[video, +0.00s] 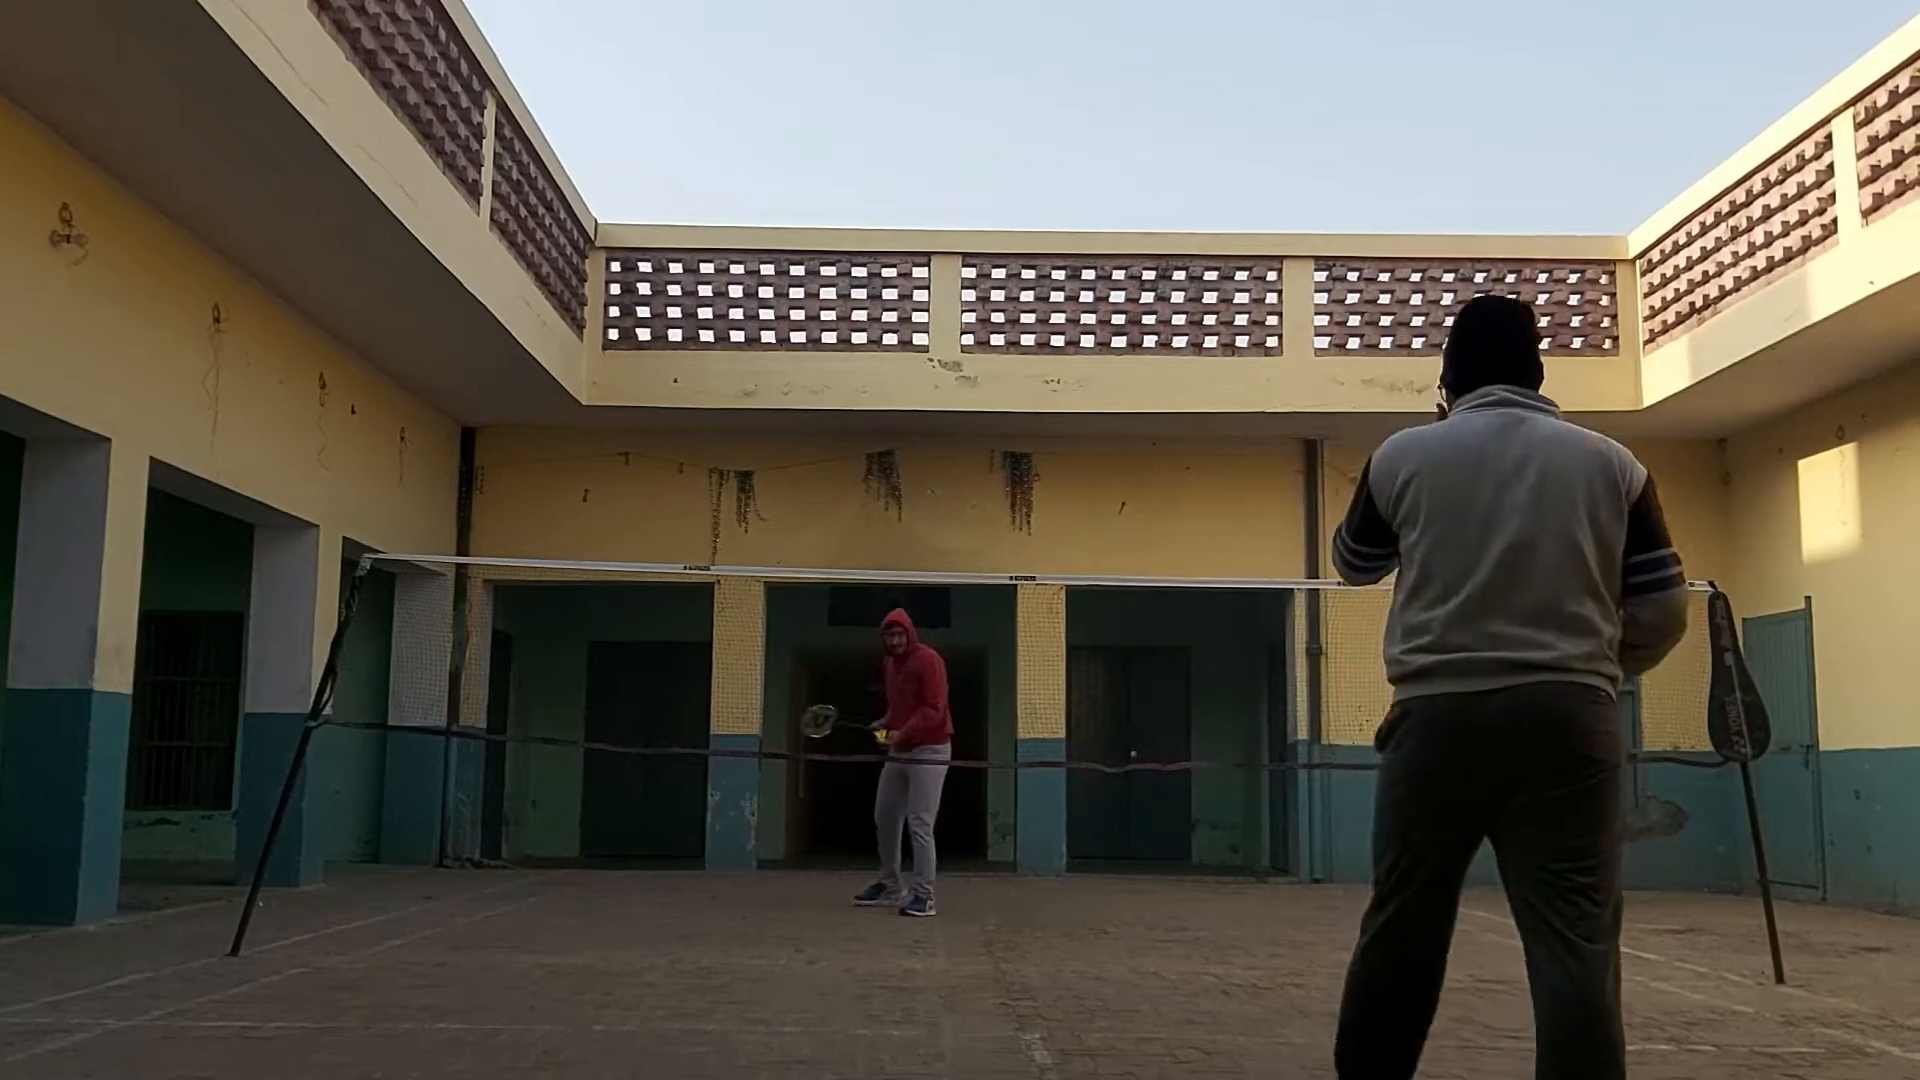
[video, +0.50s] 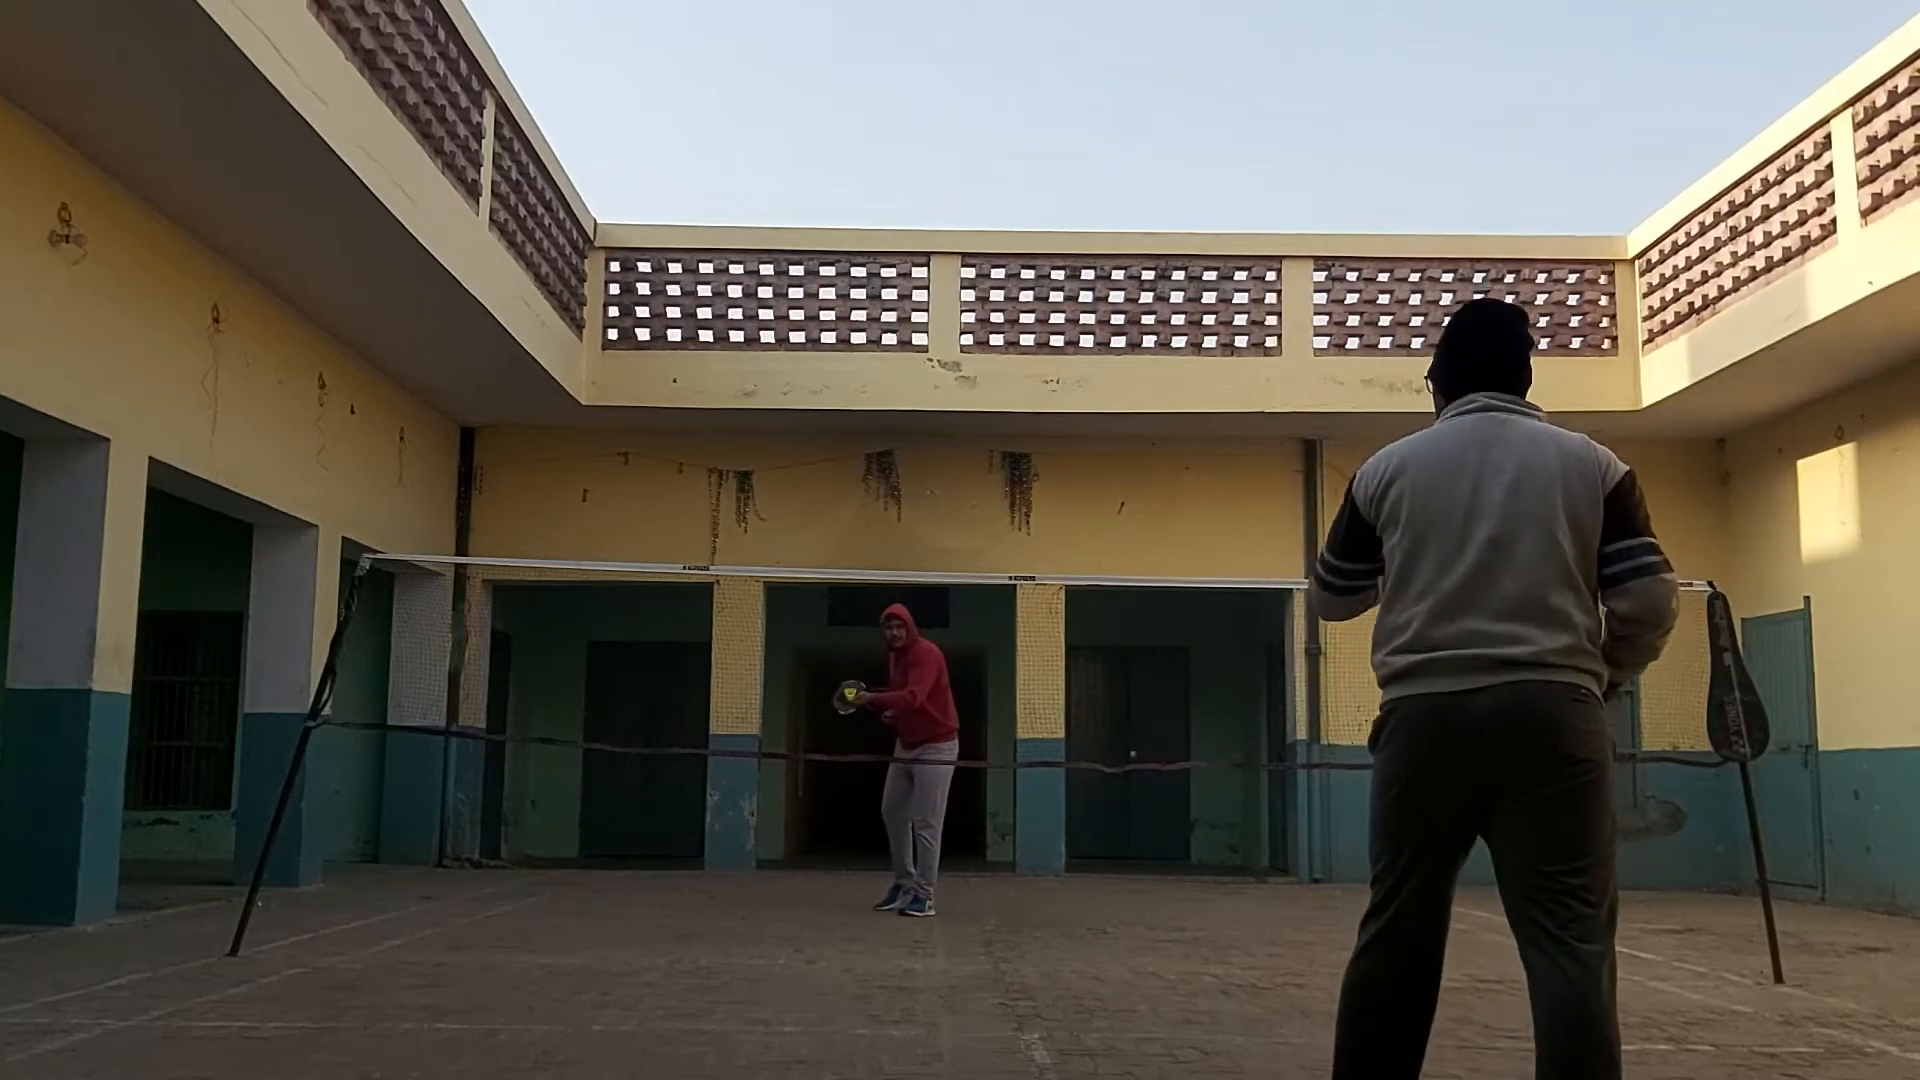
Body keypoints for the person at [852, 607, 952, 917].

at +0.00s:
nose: (894, 639)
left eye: (899, 634)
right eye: (889, 635)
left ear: (910, 635)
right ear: (884, 638)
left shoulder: (928, 660)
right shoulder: (891, 665)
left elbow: (935, 711)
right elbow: (899, 705)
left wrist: (902, 734)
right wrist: (885, 723)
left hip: (929, 751)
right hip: (900, 750)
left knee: (920, 823)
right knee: (886, 817)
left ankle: (923, 895)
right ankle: (889, 884)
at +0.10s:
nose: (897, 633)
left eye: (902, 628)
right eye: (892, 629)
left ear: (912, 630)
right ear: (885, 634)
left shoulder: (928, 657)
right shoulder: (894, 659)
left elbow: (931, 707)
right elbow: (899, 703)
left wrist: (891, 719)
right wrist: (883, 716)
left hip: (931, 749)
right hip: (902, 747)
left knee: (923, 822)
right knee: (887, 813)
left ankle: (924, 894)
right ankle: (897, 881)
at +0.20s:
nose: (897, 631)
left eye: (902, 626)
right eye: (892, 627)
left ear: (913, 628)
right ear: (886, 632)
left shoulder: (928, 655)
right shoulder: (896, 657)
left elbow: (924, 702)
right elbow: (904, 701)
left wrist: (883, 707)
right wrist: (883, 711)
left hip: (933, 747)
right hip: (904, 745)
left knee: (925, 822)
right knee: (888, 812)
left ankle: (923, 894)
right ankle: (902, 882)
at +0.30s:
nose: (897, 631)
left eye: (902, 625)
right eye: (891, 626)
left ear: (912, 627)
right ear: (885, 631)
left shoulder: (928, 653)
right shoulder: (895, 657)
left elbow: (920, 699)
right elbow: (903, 703)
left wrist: (878, 700)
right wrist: (883, 709)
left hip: (935, 747)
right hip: (905, 745)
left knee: (925, 821)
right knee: (892, 813)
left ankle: (923, 894)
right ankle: (904, 885)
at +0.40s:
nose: (895, 631)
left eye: (900, 626)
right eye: (890, 627)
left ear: (912, 628)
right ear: (885, 632)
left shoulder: (927, 653)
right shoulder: (896, 656)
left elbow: (916, 697)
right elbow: (902, 697)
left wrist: (869, 697)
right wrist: (888, 710)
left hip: (935, 747)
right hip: (906, 745)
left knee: (926, 821)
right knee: (894, 813)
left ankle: (923, 894)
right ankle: (904, 884)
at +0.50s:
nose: (894, 632)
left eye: (899, 626)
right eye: (889, 627)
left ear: (911, 628)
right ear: (883, 632)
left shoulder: (926, 653)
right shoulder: (896, 656)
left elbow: (913, 697)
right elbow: (904, 697)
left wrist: (867, 698)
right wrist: (892, 710)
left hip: (936, 747)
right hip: (906, 745)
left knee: (926, 821)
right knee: (893, 813)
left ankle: (923, 894)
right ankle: (904, 884)